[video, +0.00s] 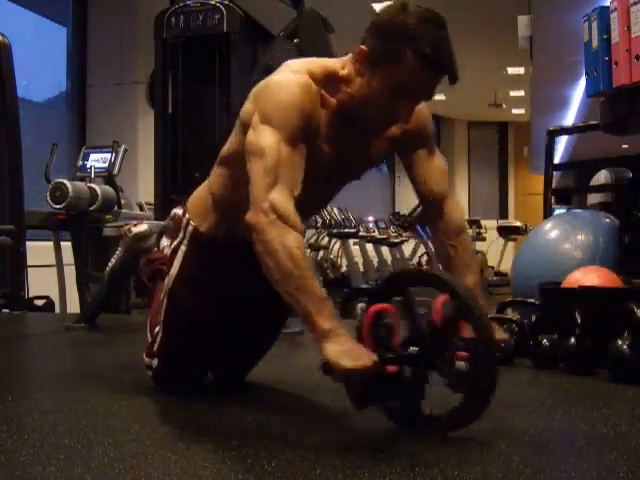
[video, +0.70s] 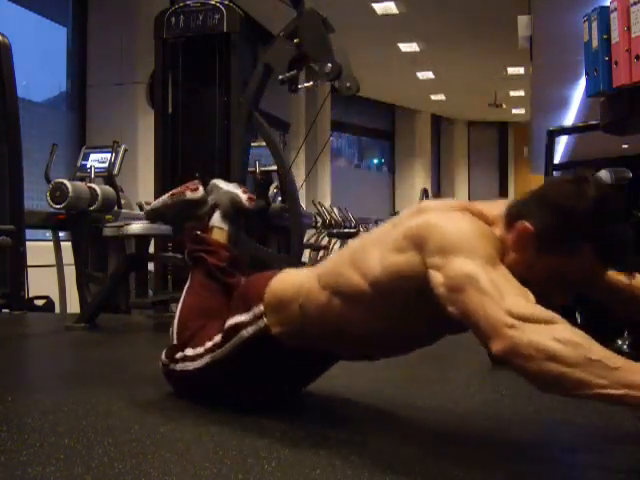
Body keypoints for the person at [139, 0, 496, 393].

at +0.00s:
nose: (408, 112)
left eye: (418, 99)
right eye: (401, 94)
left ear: (428, 92)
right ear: (360, 66)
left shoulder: (410, 118)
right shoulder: (288, 93)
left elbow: (445, 216)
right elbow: (269, 217)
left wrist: (476, 319)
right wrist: (332, 336)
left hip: (272, 258)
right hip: (207, 249)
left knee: (227, 377)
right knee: (172, 376)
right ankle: (152, 263)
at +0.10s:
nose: (426, 126)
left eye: (437, 114)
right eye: (419, 107)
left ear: (447, 106)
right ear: (377, 77)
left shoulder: (425, 129)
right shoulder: (306, 104)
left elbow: (468, 215)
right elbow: (298, 228)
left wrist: (507, 310)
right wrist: (372, 341)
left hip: (279, 269)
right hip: (215, 259)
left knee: (229, 375)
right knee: (173, 378)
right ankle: (159, 262)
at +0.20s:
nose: (453, 144)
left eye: (460, 132)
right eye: (444, 128)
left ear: (467, 123)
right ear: (399, 98)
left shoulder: (443, 141)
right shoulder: (330, 116)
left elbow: (496, 223)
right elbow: (333, 243)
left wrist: (550, 311)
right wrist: (422, 350)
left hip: (289, 276)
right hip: (227, 263)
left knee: (233, 374)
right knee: (175, 375)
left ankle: (196, 238)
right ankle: (165, 255)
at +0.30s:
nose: (474, 174)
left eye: (485, 162)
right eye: (468, 156)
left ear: (492, 148)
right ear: (428, 116)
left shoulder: (454, 151)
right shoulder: (356, 135)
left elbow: (530, 240)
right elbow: (370, 261)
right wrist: (481, 362)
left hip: (299, 287)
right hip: (240, 276)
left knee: (234, 375)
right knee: (176, 373)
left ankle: (204, 249)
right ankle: (174, 249)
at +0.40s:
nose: (501, 200)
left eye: (512, 189)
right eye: (496, 184)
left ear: (522, 170)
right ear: (453, 148)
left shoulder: (485, 169)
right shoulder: (383, 159)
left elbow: (555, 243)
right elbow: (415, 285)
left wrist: (614, 296)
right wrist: (540, 378)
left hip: (306, 300)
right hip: (250, 288)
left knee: (235, 376)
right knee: (177, 372)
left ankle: (212, 250)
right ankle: (176, 247)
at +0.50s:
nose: (533, 234)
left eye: (541, 223)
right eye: (527, 219)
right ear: (485, 183)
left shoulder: (500, 190)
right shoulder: (412, 184)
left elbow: (605, 271)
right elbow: (454, 302)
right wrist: (592, 386)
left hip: (312, 312)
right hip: (260, 300)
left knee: (235, 375)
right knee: (181, 371)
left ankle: (205, 255)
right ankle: (183, 249)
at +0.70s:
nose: (552, 293)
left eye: (569, 283)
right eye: (557, 281)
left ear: (527, 235)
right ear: (521, 238)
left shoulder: (515, 229)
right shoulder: (453, 234)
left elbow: (613, 286)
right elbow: (517, 338)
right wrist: (636, 383)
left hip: (318, 333)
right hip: (271, 323)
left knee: (242, 382)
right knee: (183, 366)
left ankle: (218, 246)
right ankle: (203, 242)